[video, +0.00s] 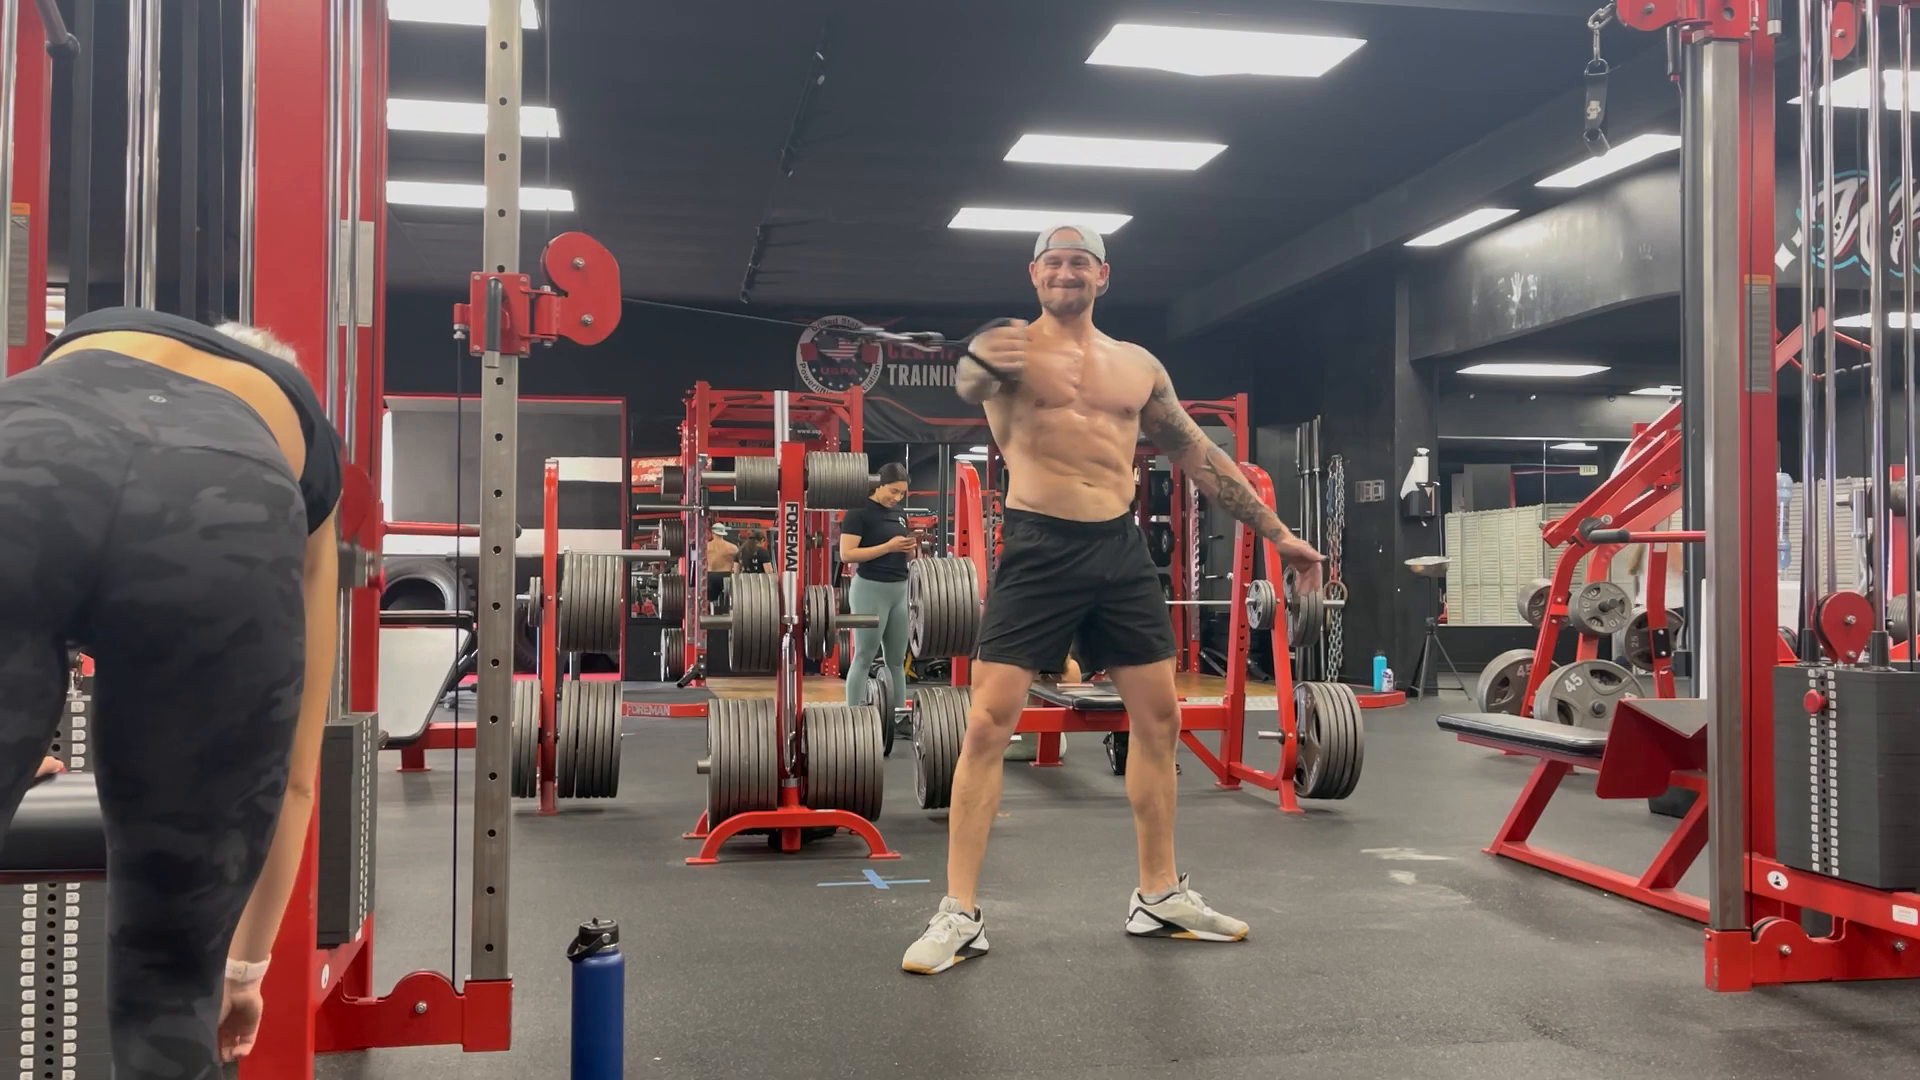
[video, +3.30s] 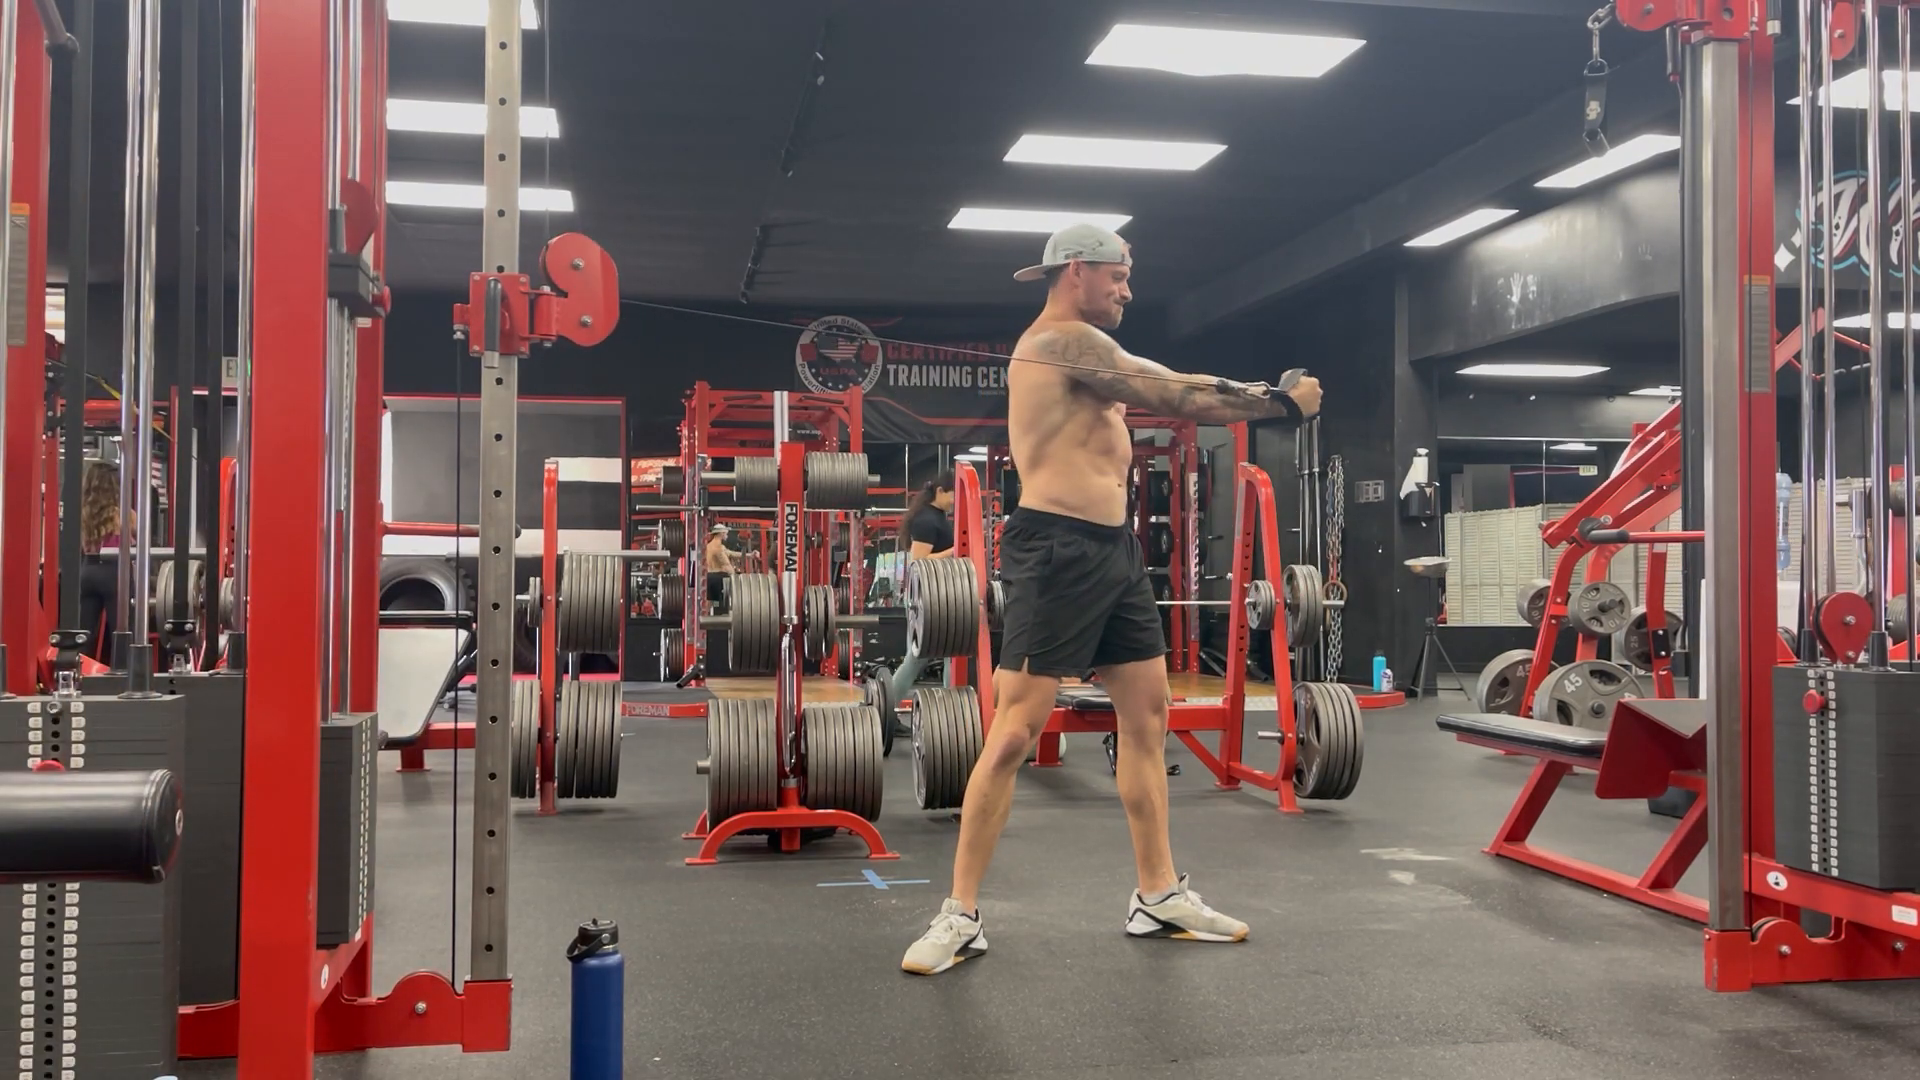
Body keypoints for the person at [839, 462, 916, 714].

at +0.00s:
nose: (898, 498)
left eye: (902, 493)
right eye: (894, 491)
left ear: (905, 490)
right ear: (880, 484)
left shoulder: (898, 513)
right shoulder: (858, 513)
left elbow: (905, 557)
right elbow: (846, 553)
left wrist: (910, 548)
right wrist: (887, 547)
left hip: (899, 591)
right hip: (870, 590)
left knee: (896, 661)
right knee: (864, 657)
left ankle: (900, 719)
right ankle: (852, 718)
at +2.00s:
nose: (887, 497)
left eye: (890, 493)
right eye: (884, 491)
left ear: (891, 489)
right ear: (868, 484)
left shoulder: (877, 512)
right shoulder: (849, 512)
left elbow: (873, 549)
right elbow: (838, 555)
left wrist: (895, 545)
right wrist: (882, 549)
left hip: (881, 590)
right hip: (855, 589)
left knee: (885, 660)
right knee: (854, 659)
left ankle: (891, 720)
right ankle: (851, 721)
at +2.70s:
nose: (912, 497)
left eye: (914, 492)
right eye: (909, 490)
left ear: (898, 489)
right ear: (893, 485)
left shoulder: (892, 513)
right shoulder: (880, 514)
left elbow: (891, 551)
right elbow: (877, 558)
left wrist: (916, 549)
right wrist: (914, 545)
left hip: (893, 589)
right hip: (884, 589)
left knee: (891, 657)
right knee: (889, 658)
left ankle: (880, 712)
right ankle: (869, 713)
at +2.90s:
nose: (923, 498)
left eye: (926, 493)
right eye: (921, 492)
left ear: (907, 488)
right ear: (904, 485)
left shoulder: (899, 512)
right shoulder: (892, 513)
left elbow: (897, 551)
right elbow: (887, 557)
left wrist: (921, 550)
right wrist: (923, 546)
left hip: (893, 585)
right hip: (890, 586)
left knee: (889, 657)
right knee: (919, 650)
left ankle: (881, 713)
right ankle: (898, 712)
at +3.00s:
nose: (931, 499)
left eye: (933, 494)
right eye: (928, 493)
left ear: (913, 488)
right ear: (912, 487)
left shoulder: (906, 511)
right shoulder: (898, 513)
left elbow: (904, 551)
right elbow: (892, 557)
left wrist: (929, 549)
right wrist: (928, 546)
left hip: (897, 583)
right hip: (896, 584)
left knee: (893, 653)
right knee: (928, 648)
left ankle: (882, 714)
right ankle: (926, 716)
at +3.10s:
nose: (937, 501)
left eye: (941, 496)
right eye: (935, 494)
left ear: (920, 490)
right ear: (919, 488)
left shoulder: (915, 513)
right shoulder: (905, 514)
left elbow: (912, 552)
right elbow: (898, 558)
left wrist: (937, 549)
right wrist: (934, 547)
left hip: (903, 582)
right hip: (903, 584)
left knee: (897, 652)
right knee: (933, 648)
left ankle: (884, 712)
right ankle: (945, 715)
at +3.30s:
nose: (954, 500)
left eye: (956, 495)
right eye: (952, 494)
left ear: (943, 493)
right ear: (939, 491)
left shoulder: (940, 516)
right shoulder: (926, 518)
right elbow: (918, 560)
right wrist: (955, 550)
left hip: (947, 593)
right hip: (930, 594)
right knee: (919, 651)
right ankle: (887, 704)